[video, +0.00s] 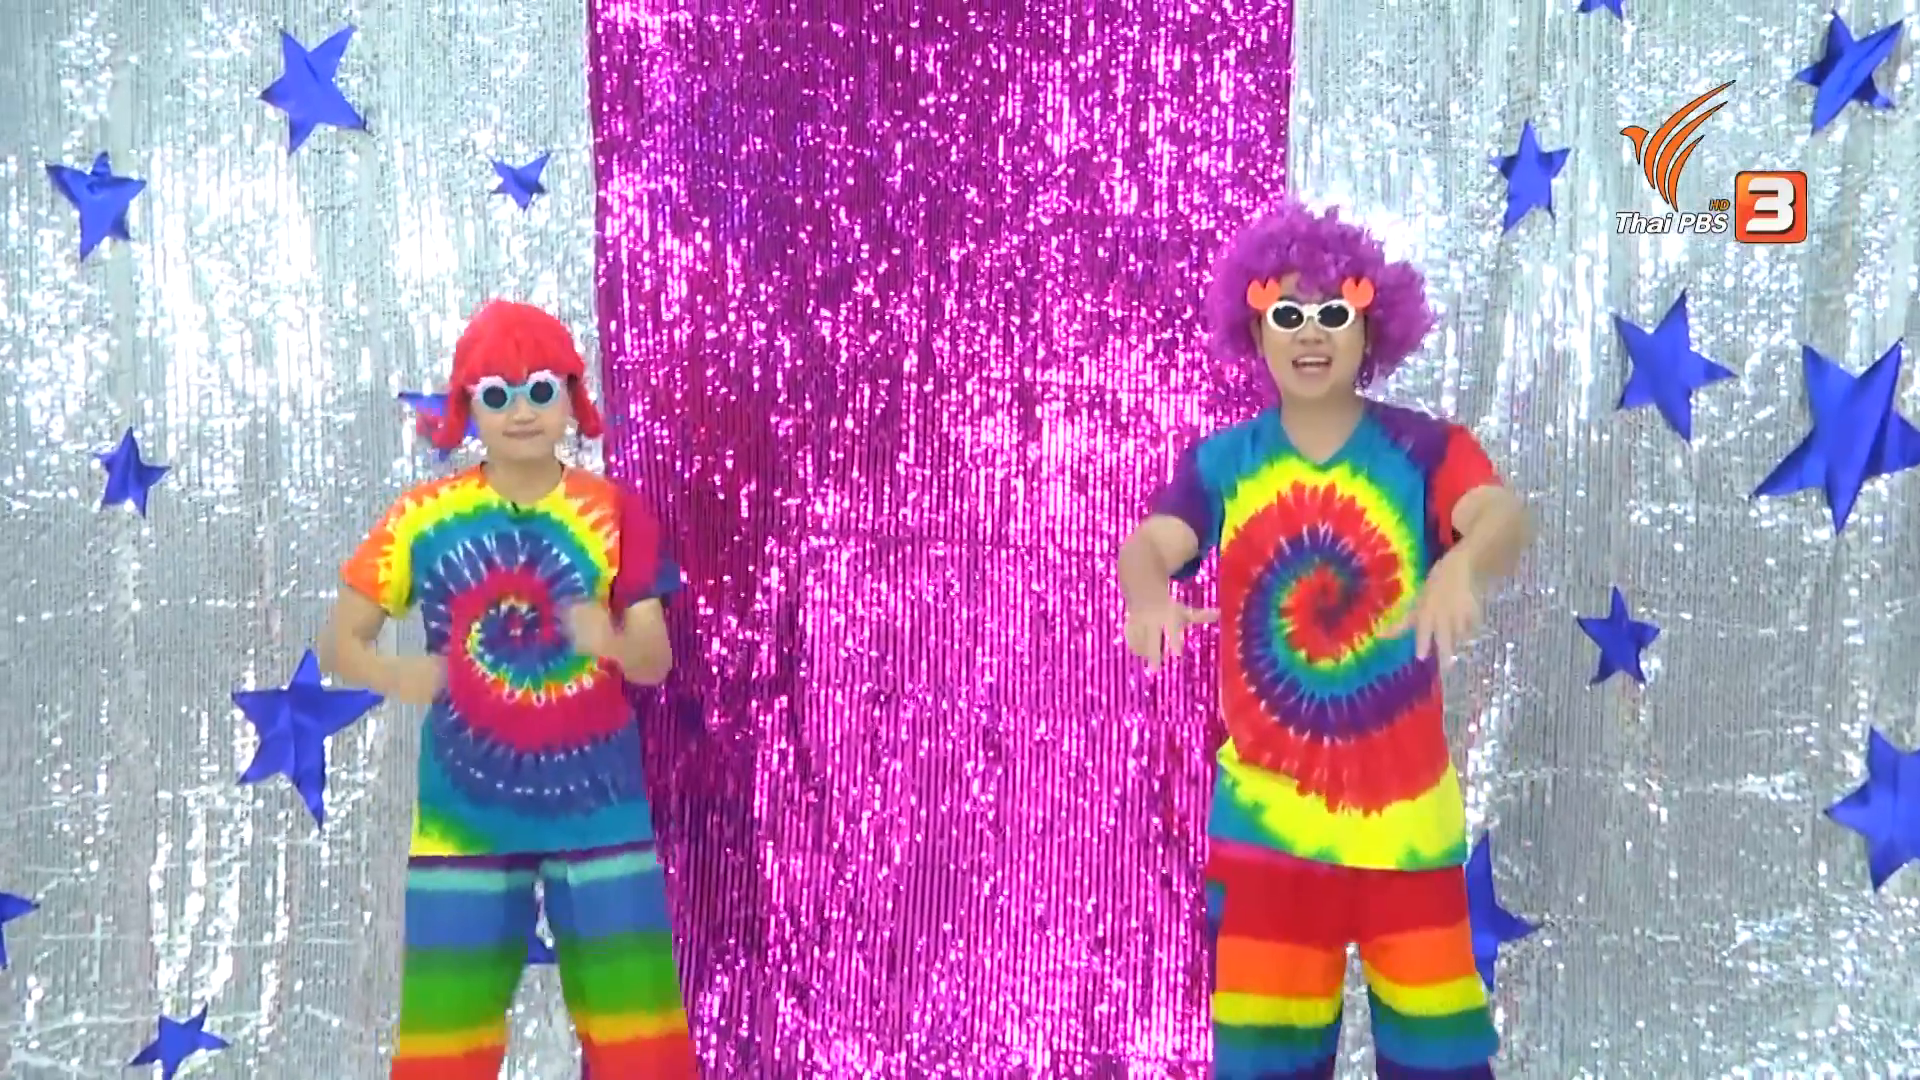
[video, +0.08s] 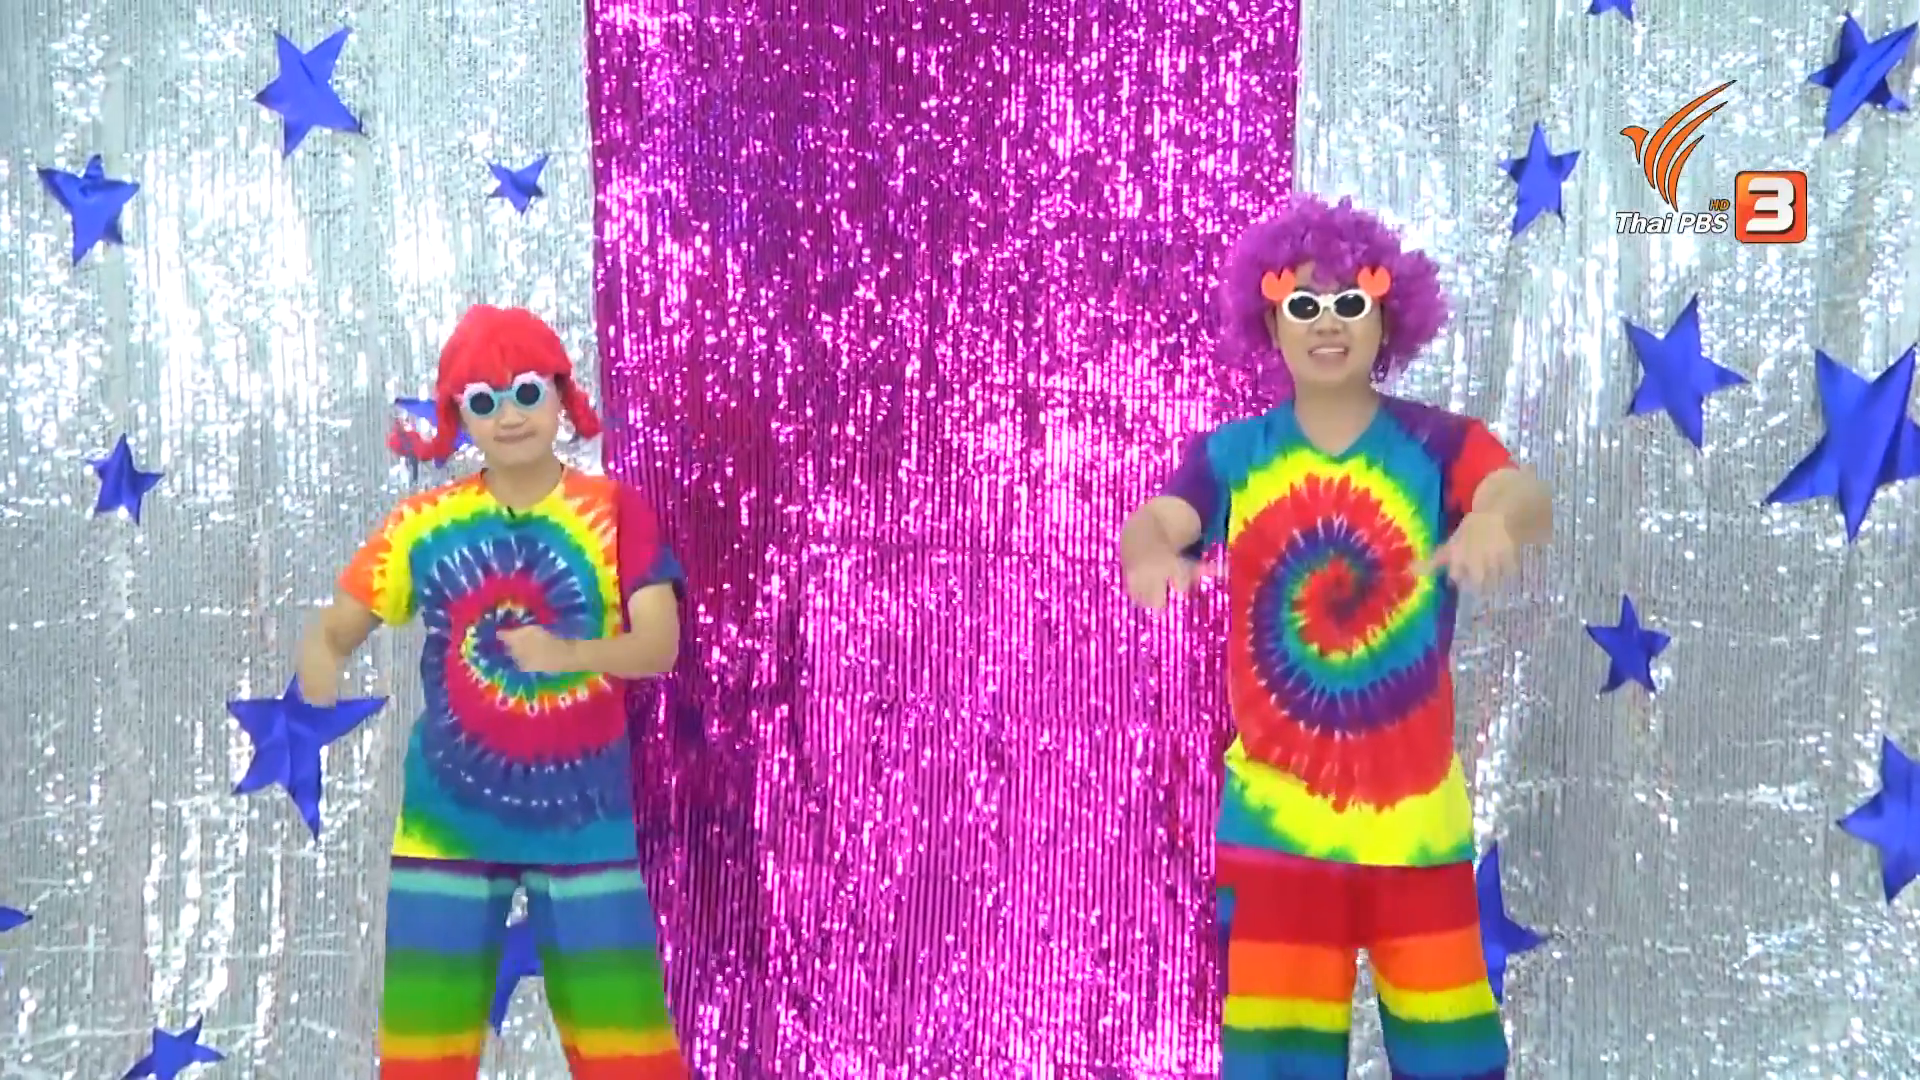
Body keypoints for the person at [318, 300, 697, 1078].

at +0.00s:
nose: (522, 410)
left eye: (542, 389)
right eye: (497, 393)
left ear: (572, 403)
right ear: (468, 411)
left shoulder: (612, 512)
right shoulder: (419, 518)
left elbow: (656, 657)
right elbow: (339, 644)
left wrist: (607, 637)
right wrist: (408, 674)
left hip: (598, 808)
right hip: (465, 814)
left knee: (637, 1033)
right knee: (445, 1042)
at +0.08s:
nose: (510, 414)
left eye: (529, 389)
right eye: (484, 400)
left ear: (562, 398)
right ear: (460, 421)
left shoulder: (613, 510)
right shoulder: (419, 525)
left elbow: (659, 646)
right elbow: (330, 636)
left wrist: (564, 652)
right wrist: (316, 704)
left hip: (585, 826)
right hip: (449, 828)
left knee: (631, 1054)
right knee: (421, 1056)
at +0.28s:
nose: (488, 449)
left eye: (504, 423)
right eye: (462, 438)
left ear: (546, 428)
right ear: (447, 462)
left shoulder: (607, 533)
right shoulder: (433, 562)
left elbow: (647, 639)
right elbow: (339, 675)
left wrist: (531, 557)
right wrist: (320, 561)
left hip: (552, 858)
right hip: (416, 853)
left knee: (569, 1064)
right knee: (396, 1063)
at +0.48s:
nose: (501, 449)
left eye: (522, 426)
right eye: (477, 432)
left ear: (562, 436)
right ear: (456, 453)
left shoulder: (613, 537)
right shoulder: (432, 559)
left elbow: (676, 662)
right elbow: (394, 714)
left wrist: (545, 625)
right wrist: (363, 637)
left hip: (568, 868)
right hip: (433, 864)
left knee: (565, 1067)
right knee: (396, 1064)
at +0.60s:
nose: (516, 445)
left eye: (540, 428)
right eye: (494, 425)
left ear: (571, 447)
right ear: (464, 442)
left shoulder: (616, 541)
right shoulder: (419, 559)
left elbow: (705, 634)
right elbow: (327, 681)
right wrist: (350, 709)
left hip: (594, 866)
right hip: (457, 868)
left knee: (600, 1065)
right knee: (420, 1065)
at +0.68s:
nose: (519, 446)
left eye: (544, 432)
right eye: (498, 423)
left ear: (569, 453)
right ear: (463, 435)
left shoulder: (614, 542)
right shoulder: (408, 560)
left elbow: (732, 615)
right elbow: (291, 669)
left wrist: (700, 674)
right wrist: (375, 703)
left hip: (605, 871)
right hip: (466, 873)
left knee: (616, 1068)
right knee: (430, 1068)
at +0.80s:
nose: (525, 455)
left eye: (550, 441)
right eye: (504, 430)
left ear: (571, 464)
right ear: (464, 441)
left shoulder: (609, 550)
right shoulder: (403, 563)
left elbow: (758, 624)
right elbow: (291, 671)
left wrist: (707, 598)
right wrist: (423, 631)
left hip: (621, 875)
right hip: (481, 880)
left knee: (629, 1068)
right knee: (450, 1069)